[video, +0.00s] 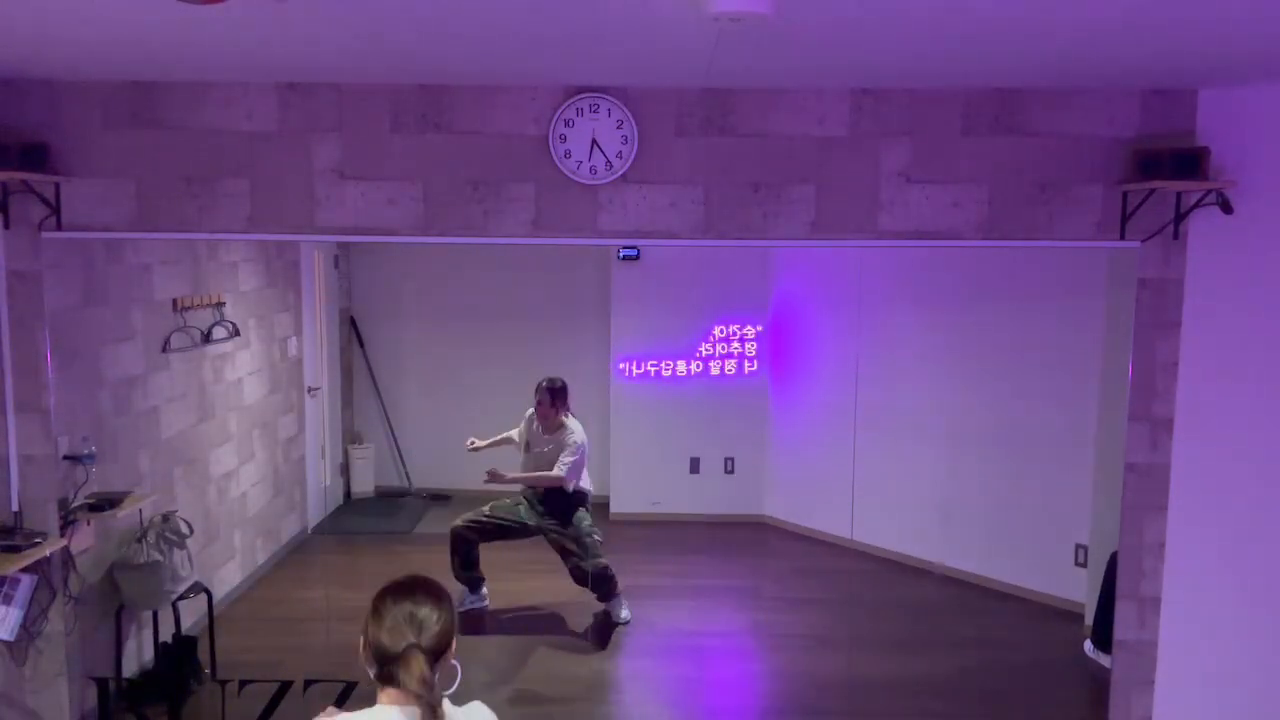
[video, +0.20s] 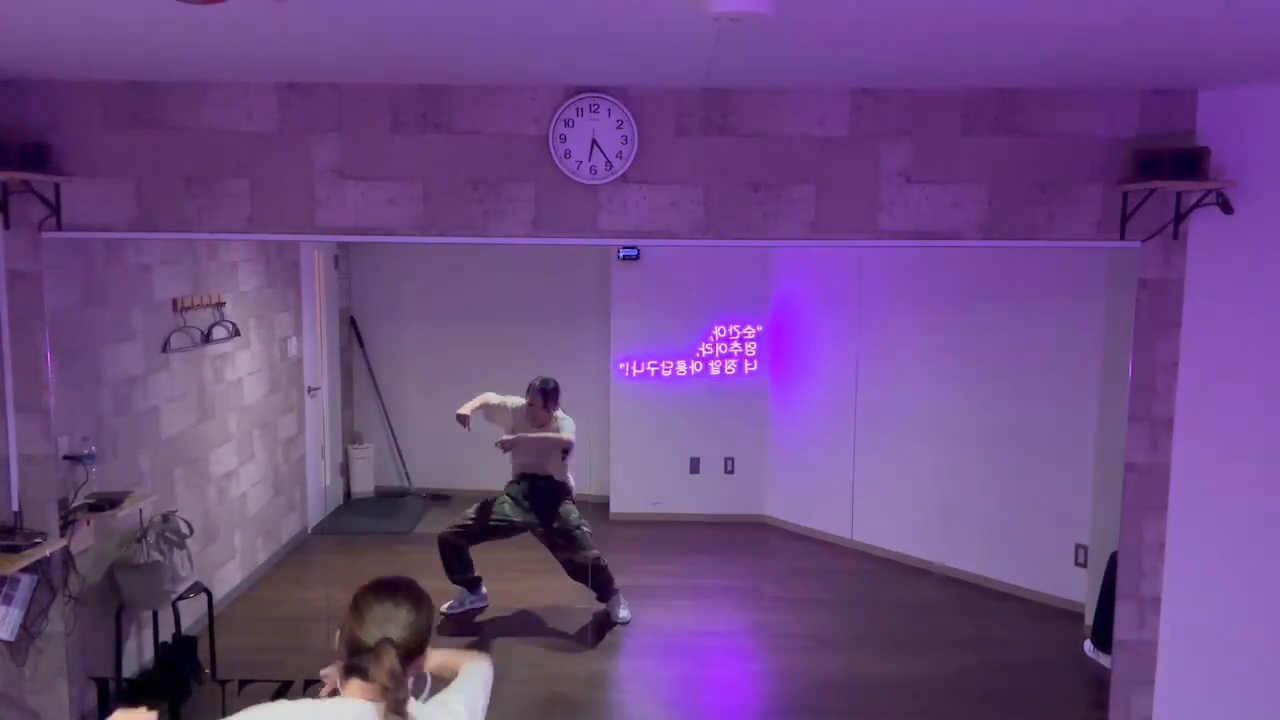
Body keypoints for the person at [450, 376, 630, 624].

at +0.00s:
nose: (536, 408)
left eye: (541, 404)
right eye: (536, 403)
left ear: (559, 407)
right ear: (535, 402)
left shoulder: (575, 437)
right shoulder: (532, 418)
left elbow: (559, 478)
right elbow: (517, 436)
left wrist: (506, 478)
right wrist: (484, 444)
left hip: (567, 510)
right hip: (531, 502)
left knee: (592, 567)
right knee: (462, 530)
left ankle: (613, 600)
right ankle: (475, 592)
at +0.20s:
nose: (528, 410)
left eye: (534, 407)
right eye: (528, 404)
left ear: (551, 407)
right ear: (526, 399)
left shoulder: (563, 422)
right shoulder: (516, 410)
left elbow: (565, 442)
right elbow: (488, 399)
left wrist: (519, 441)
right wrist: (468, 408)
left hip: (556, 502)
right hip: (517, 498)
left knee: (587, 559)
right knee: (450, 539)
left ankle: (613, 600)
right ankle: (474, 593)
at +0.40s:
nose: (519, 363)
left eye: (525, 358)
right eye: (516, 356)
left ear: (535, 357)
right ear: (508, 350)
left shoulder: (543, 367)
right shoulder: (492, 360)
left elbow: (576, 374)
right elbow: (446, 350)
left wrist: (544, 399)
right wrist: (458, 387)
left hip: (532, 460)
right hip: (497, 458)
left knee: (560, 530)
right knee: (453, 532)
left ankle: (600, 595)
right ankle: (472, 591)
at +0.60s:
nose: (499, 320)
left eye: (506, 315)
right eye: (497, 313)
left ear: (520, 318)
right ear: (492, 313)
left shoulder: (534, 342)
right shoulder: (475, 338)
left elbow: (565, 377)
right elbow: (442, 373)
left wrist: (550, 421)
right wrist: (446, 417)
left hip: (519, 431)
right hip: (482, 431)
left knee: (522, 514)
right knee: (476, 515)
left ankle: (526, 590)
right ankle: (476, 589)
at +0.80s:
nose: (492, 322)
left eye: (498, 317)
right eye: (488, 317)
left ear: (511, 320)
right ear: (482, 319)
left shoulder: (529, 357)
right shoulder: (466, 356)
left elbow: (538, 405)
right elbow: (455, 407)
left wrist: (540, 447)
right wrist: (448, 448)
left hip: (513, 438)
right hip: (477, 437)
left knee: (503, 519)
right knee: (471, 517)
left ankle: (498, 591)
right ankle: (474, 590)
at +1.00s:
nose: (488, 356)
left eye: (494, 350)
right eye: (482, 350)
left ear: (505, 353)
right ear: (475, 353)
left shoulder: (525, 386)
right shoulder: (460, 387)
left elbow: (554, 424)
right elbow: (436, 423)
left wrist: (549, 444)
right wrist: (430, 442)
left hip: (508, 462)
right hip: (473, 461)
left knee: (502, 532)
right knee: (457, 536)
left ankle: (498, 594)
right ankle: (474, 593)